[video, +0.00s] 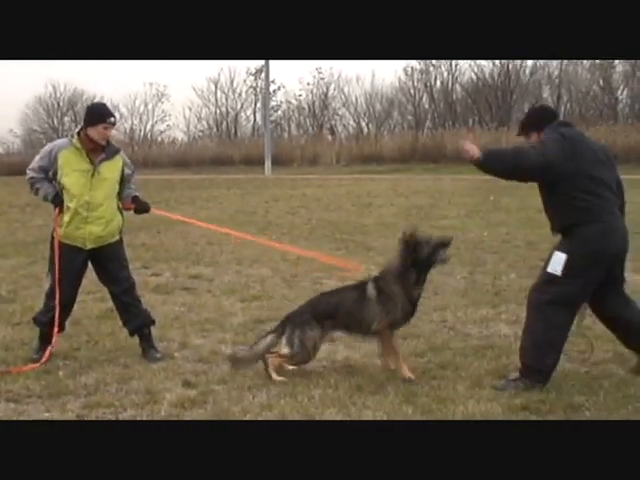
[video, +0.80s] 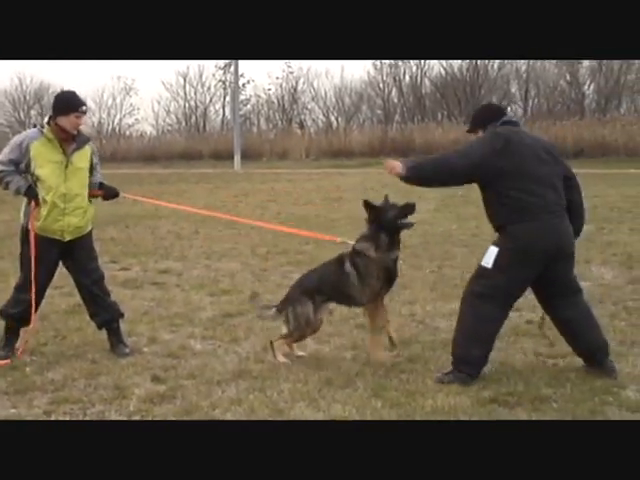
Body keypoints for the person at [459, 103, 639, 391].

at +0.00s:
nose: (529, 144)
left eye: (529, 138)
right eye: (527, 139)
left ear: (539, 132)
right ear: (556, 126)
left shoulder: (554, 144)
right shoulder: (594, 146)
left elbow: (525, 161)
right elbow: (616, 190)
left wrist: (481, 157)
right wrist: (613, 226)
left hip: (584, 239)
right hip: (613, 236)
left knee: (547, 300)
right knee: (608, 299)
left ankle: (532, 377)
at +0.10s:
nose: (529, 132)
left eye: (530, 125)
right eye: (527, 127)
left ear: (542, 120)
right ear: (559, 115)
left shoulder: (557, 134)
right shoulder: (591, 140)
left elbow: (553, 160)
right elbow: (606, 188)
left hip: (571, 237)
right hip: (603, 236)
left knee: (540, 299)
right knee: (603, 299)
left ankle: (529, 374)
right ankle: (632, 361)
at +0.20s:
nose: (533, 129)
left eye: (535, 122)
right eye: (532, 123)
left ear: (546, 119)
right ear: (562, 115)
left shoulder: (560, 137)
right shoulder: (589, 141)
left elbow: (572, 170)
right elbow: (602, 188)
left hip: (562, 234)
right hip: (594, 237)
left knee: (527, 294)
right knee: (597, 299)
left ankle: (519, 371)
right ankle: (626, 363)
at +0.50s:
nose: (511, 128)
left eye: (513, 121)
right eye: (510, 122)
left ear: (527, 119)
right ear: (536, 118)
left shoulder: (540, 142)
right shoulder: (560, 141)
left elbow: (550, 179)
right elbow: (580, 185)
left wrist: (553, 217)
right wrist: (569, 219)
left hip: (542, 235)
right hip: (572, 235)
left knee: (507, 294)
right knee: (582, 298)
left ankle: (486, 367)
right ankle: (612, 361)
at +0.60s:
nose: (489, 137)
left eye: (489, 131)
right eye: (487, 131)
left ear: (499, 126)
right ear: (522, 120)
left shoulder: (511, 140)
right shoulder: (557, 145)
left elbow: (509, 173)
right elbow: (569, 192)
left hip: (532, 241)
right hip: (572, 239)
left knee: (500, 300)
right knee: (584, 297)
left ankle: (477, 369)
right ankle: (609, 360)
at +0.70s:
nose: (475, 143)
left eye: (476, 138)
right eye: (474, 139)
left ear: (484, 132)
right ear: (506, 124)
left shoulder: (492, 148)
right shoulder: (544, 145)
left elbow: (451, 163)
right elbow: (574, 186)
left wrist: (406, 161)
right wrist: (573, 230)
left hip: (529, 238)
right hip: (566, 234)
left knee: (492, 299)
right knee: (575, 299)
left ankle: (470, 369)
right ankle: (604, 361)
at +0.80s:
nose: (476, 140)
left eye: (477, 134)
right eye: (475, 135)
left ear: (485, 129)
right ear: (507, 122)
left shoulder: (491, 144)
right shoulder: (542, 145)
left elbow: (453, 165)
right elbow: (571, 186)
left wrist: (408, 170)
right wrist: (570, 231)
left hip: (520, 238)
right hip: (559, 235)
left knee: (483, 297)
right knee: (565, 298)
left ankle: (465, 369)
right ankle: (599, 360)